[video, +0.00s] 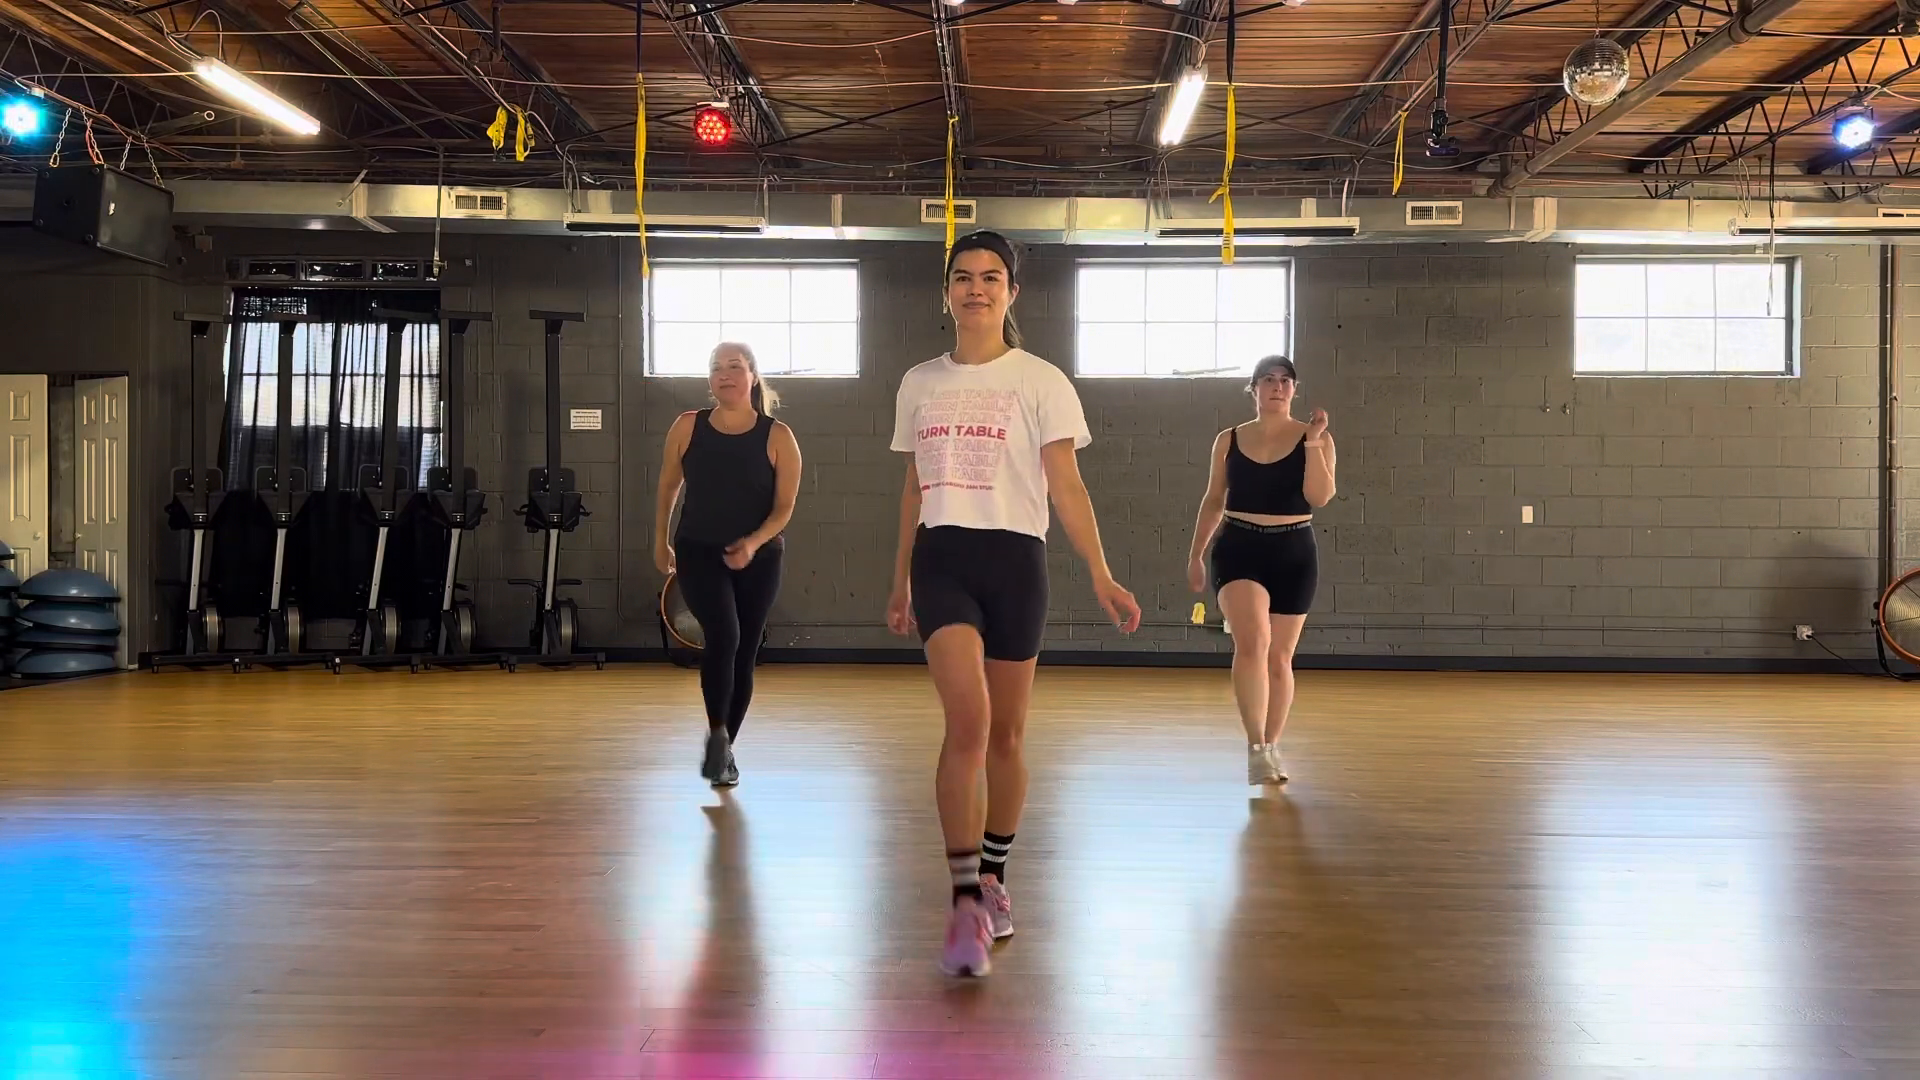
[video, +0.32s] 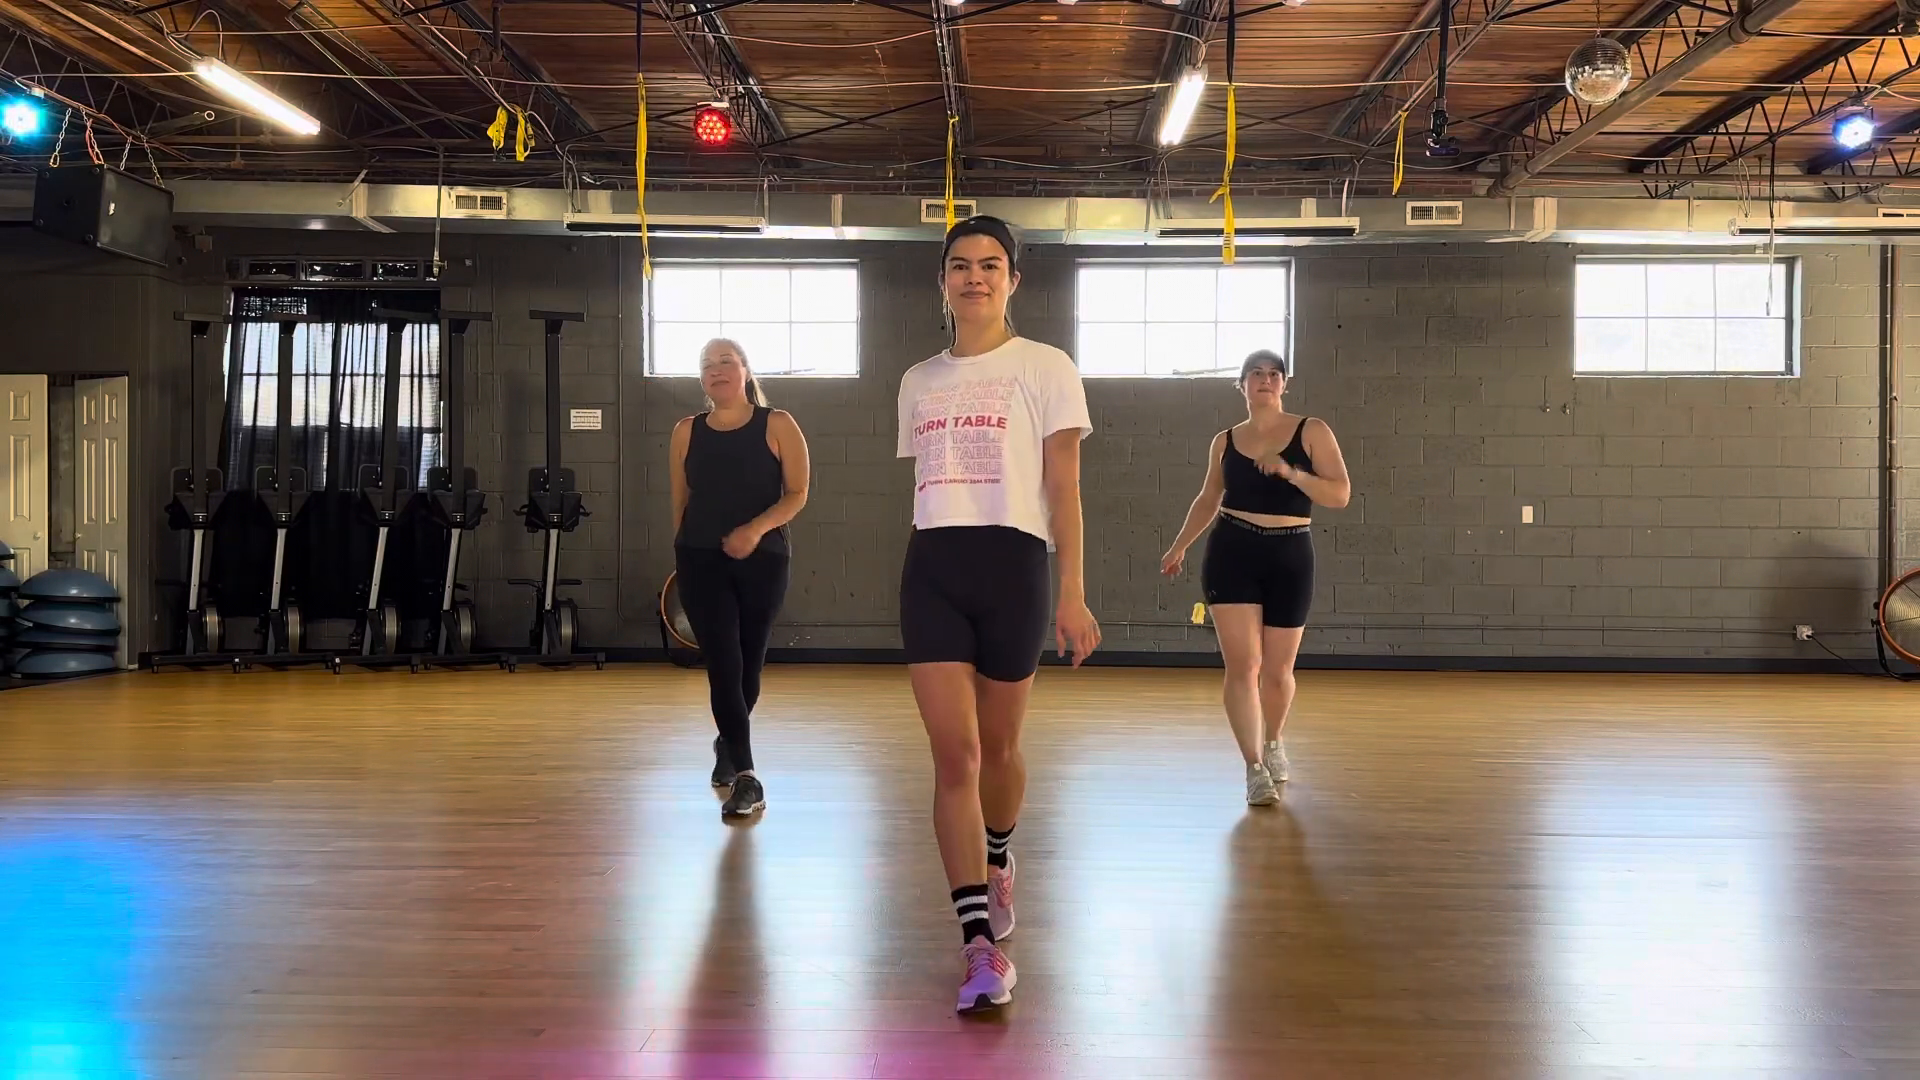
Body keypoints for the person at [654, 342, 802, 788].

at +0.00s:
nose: (726, 374)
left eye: (736, 367)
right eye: (718, 367)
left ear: (754, 377)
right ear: (709, 379)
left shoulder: (778, 436)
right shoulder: (687, 427)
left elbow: (784, 509)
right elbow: (668, 487)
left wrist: (755, 540)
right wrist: (661, 540)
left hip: (759, 553)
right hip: (699, 550)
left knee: (743, 654)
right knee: (723, 635)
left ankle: (725, 751)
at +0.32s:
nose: (717, 371)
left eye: (726, 362)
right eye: (710, 365)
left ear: (747, 373)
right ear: (700, 379)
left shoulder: (778, 424)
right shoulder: (686, 433)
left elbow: (798, 493)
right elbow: (681, 504)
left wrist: (756, 528)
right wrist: (682, 565)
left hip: (762, 561)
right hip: (701, 561)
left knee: (748, 672)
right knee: (724, 667)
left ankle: (727, 748)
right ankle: (744, 778)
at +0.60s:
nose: (710, 364)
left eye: (719, 356)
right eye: (701, 359)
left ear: (738, 365)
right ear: (692, 372)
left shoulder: (774, 417)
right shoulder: (679, 429)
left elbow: (803, 494)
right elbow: (675, 503)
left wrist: (811, 561)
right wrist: (678, 569)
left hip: (762, 559)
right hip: (698, 561)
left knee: (755, 662)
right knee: (721, 673)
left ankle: (761, 678)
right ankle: (746, 779)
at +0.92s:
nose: (702, 354)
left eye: (712, 346)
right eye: (694, 348)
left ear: (732, 360)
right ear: (683, 364)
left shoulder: (768, 414)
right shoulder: (666, 426)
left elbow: (795, 486)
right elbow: (667, 502)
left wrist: (793, 549)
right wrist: (674, 569)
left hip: (757, 558)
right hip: (692, 560)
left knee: (724, 652)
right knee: (719, 663)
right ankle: (746, 777)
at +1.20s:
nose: (691, 345)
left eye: (702, 337)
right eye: (683, 338)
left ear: (724, 351)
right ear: (673, 354)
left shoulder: (756, 410)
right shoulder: (650, 416)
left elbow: (780, 491)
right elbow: (644, 496)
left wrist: (780, 563)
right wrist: (650, 564)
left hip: (738, 565)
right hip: (669, 566)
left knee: (711, 684)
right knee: (694, 681)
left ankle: (683, 808)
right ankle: (733, 763)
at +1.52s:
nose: (683, 338)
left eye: (694, 330)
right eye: (675, 329)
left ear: (718, 342)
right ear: (664, 340)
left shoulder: (745, 409)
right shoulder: (639, 398)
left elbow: (784, 488)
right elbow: (603, 467)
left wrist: (861, 478)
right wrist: (520, 469)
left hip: (726, 562)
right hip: (652, 559)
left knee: (706, 690)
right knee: (633, 677)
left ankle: (682, 811)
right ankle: (679, 662)